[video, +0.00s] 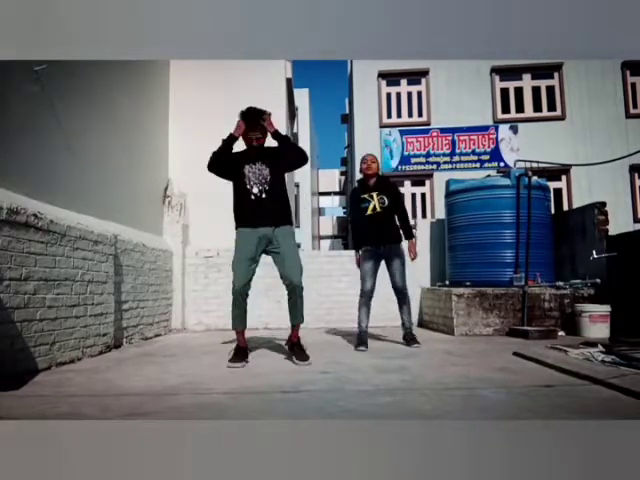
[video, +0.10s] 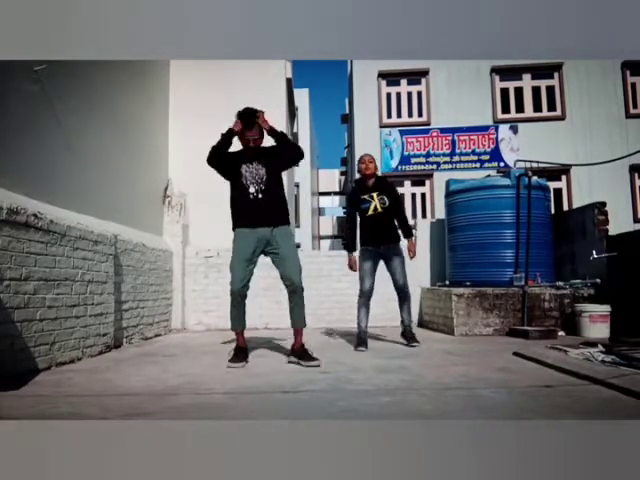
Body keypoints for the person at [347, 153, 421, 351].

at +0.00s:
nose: (368, 165)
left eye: (371, 162)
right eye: (365, 163)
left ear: (378, 166)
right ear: (361, 167)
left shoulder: (389, 186)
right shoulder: (356, 192)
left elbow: (401, 213)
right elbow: (353, 222)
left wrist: (411, 239)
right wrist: (357, 250)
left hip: (392, 244)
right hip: (368, 246)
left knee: (400, 288)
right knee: (366, 290)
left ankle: (408, 332)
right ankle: (362, 336)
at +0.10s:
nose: (367, 165)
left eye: (370, 162)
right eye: (363, 163)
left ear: (376, 166)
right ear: (359, 167)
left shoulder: (387, 186)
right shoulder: (355, 191)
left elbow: (400, 213)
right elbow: (351, 223)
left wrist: (410, 238)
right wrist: (351, 253)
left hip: (391, 245)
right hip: (368, 247)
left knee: (402, 287)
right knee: (365, 291)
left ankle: (408, 330)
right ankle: (361, 336)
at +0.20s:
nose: (369, 164)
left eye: (372, 160)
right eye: (365, 161)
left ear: (377, 164)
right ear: (360, 167)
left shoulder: (386, 184)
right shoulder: (355, 188)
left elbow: (397, 211)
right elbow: (347, 216)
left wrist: (407, 238)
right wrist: (342, 244)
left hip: (391, 243)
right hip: (368, 245)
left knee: (403, 284)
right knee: (366, 290)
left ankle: (404, 327)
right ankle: (362, 335)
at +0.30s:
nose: (373, 165)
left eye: (376, 161)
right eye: (369, 162)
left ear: (381, 165)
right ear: (363, 166)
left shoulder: (387, 187)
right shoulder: (358, 187)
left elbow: (396, 217)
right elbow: (346, 208)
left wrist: (405, 243)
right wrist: (340, 222)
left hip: (391, 243)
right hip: (369, 244)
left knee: (399, 288)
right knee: (367, 289)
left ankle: (399, 333)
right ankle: (362, 336)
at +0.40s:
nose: (379, 164)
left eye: (382, 160)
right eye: (375, 161)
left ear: (387, 164)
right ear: (370, 165)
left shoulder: (393, 188)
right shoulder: (363, 185)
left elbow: (399, 221)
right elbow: (348, 203)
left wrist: (405, 247)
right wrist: (343, 214)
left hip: (392, 244)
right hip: (369, 244)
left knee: (397, 288)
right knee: (368, 289)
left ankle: (399, 333)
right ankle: (362, 336)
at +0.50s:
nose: (384, 165)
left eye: (387, 162)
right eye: (380, 162)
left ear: (393, 165)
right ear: (376, 166)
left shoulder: (399, 191)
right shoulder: (368, 185)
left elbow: (403, 222)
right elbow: (353, 201)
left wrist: (406, 249)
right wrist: (349, 212)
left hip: (390, 245)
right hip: (367, 244)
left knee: (396, 289)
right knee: (364, 289)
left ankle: (398, 333)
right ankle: (361, 335)